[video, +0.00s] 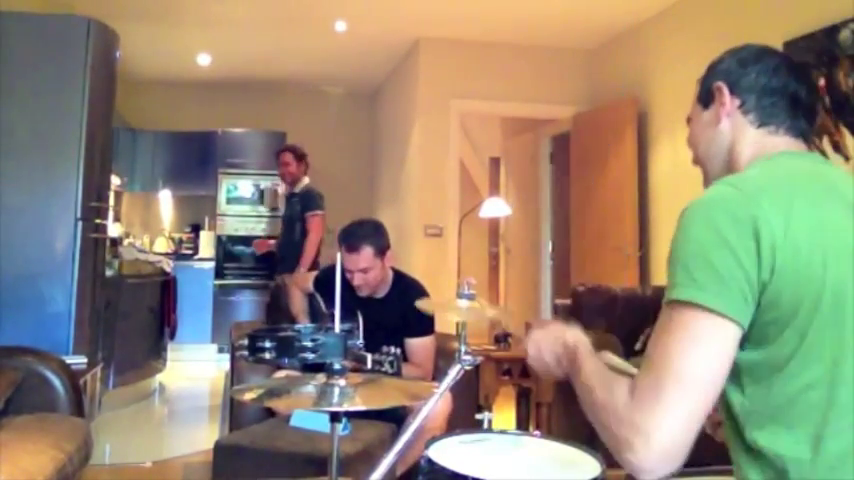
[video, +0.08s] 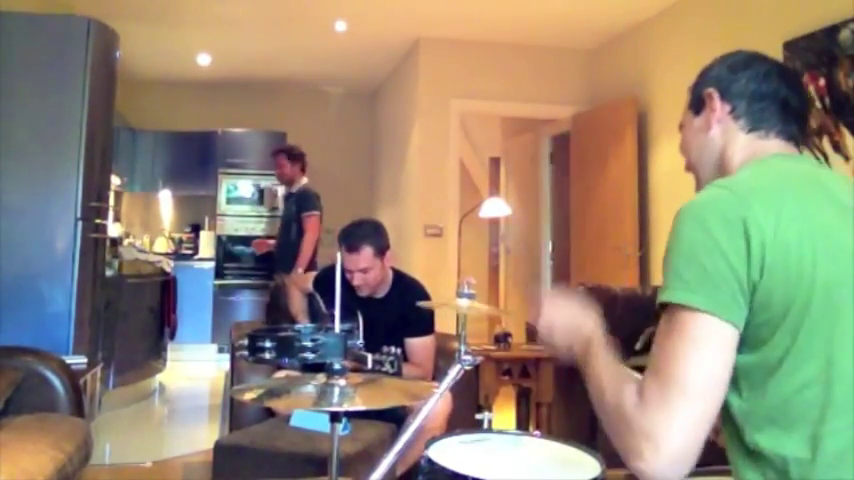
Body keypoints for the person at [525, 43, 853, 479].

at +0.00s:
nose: (690, 150)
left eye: (691, 124)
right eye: (687, 128)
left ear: (724, 103)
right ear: (797, 117)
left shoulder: (734, 210)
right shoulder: (842, 188)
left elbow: (649, 448)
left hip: (789, 469)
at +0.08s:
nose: (683, 158)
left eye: (683, 131)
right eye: (681, 135)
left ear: (714, 109)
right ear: (786, 122)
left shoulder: (725, 212)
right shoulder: (842, 193)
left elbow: (659, 453)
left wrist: (586, 340)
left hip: (781, 469)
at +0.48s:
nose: (664, 152)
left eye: (665, 124)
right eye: (661, 129)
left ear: (706, 106)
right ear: (770, 117)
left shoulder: (727, 210)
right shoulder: (838, 199)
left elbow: (699, 457)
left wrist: (602, 343)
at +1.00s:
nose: (689, 114)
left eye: (698, 85)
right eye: (691, 89)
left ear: (751, 79)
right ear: (750, 80)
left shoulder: (780, 209)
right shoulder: (835, 185)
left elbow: (758, 462)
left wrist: (605, 383)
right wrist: (619, 390)